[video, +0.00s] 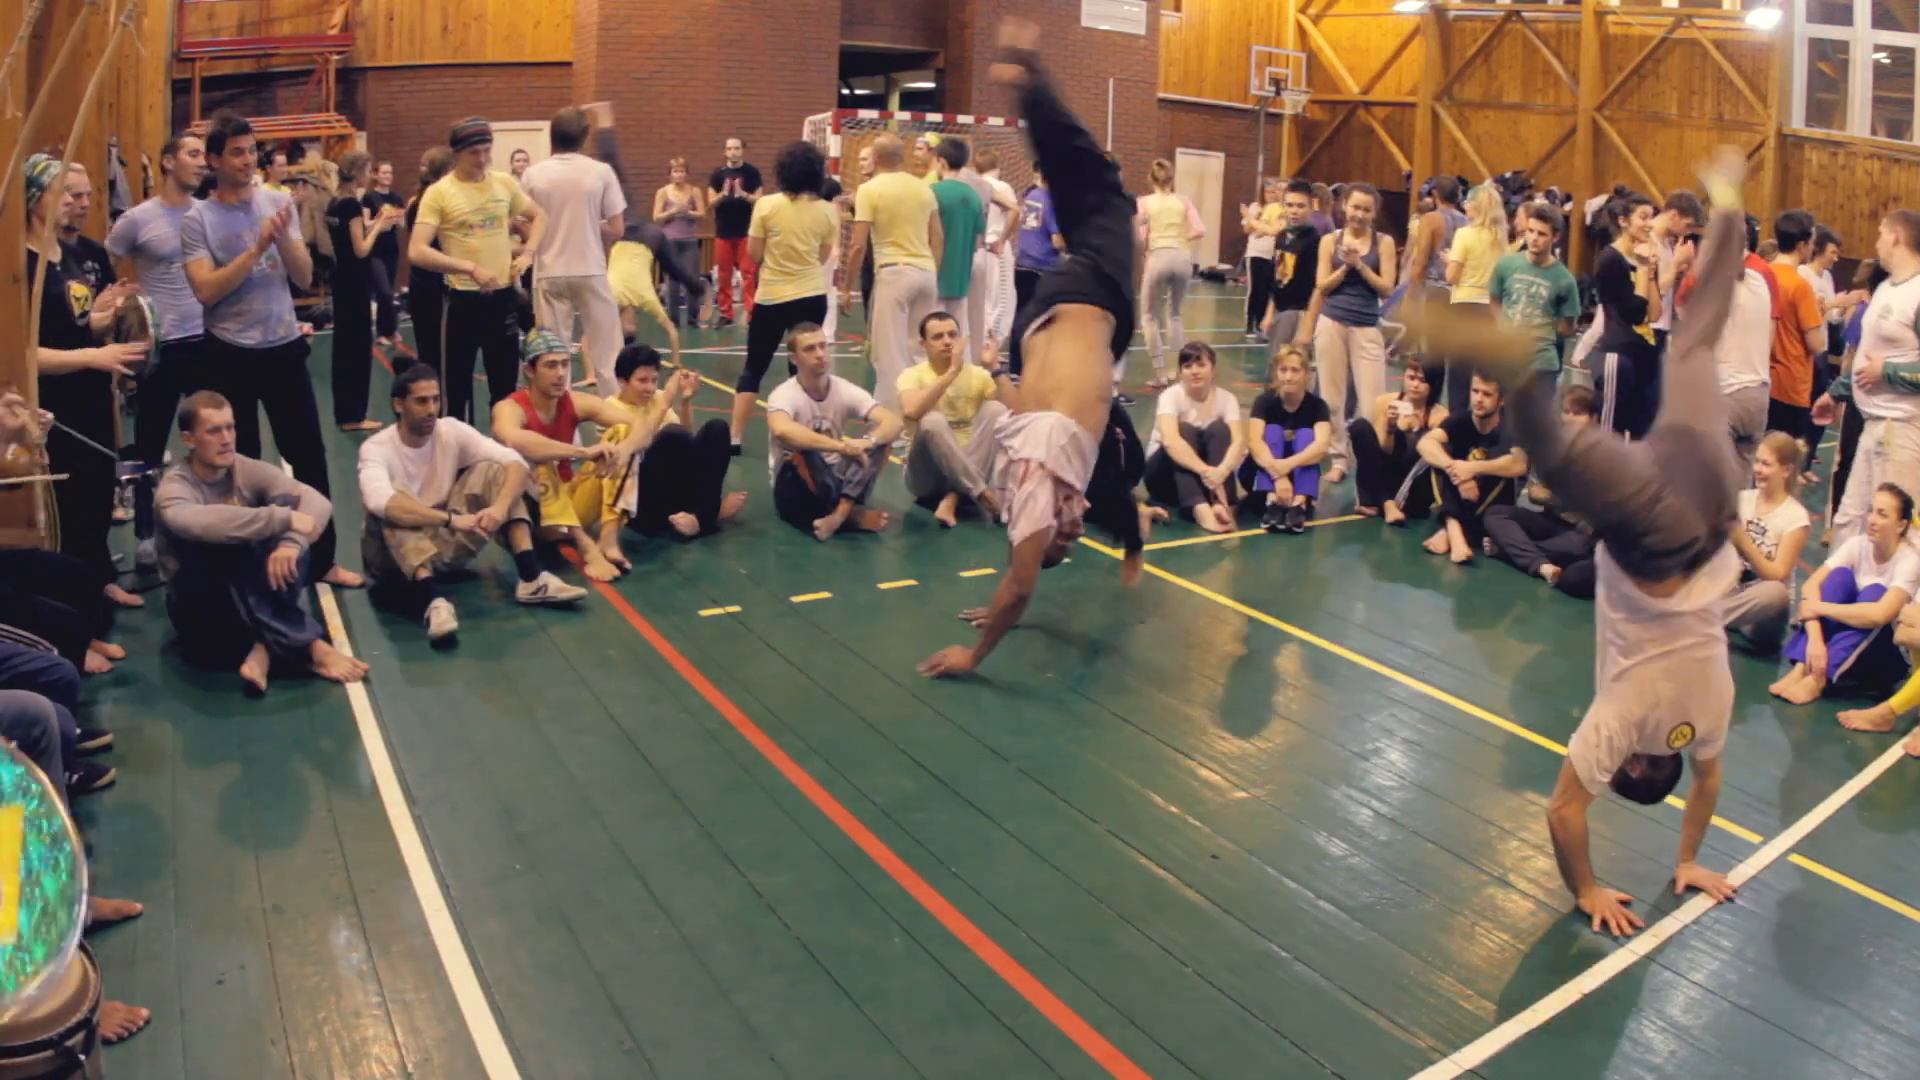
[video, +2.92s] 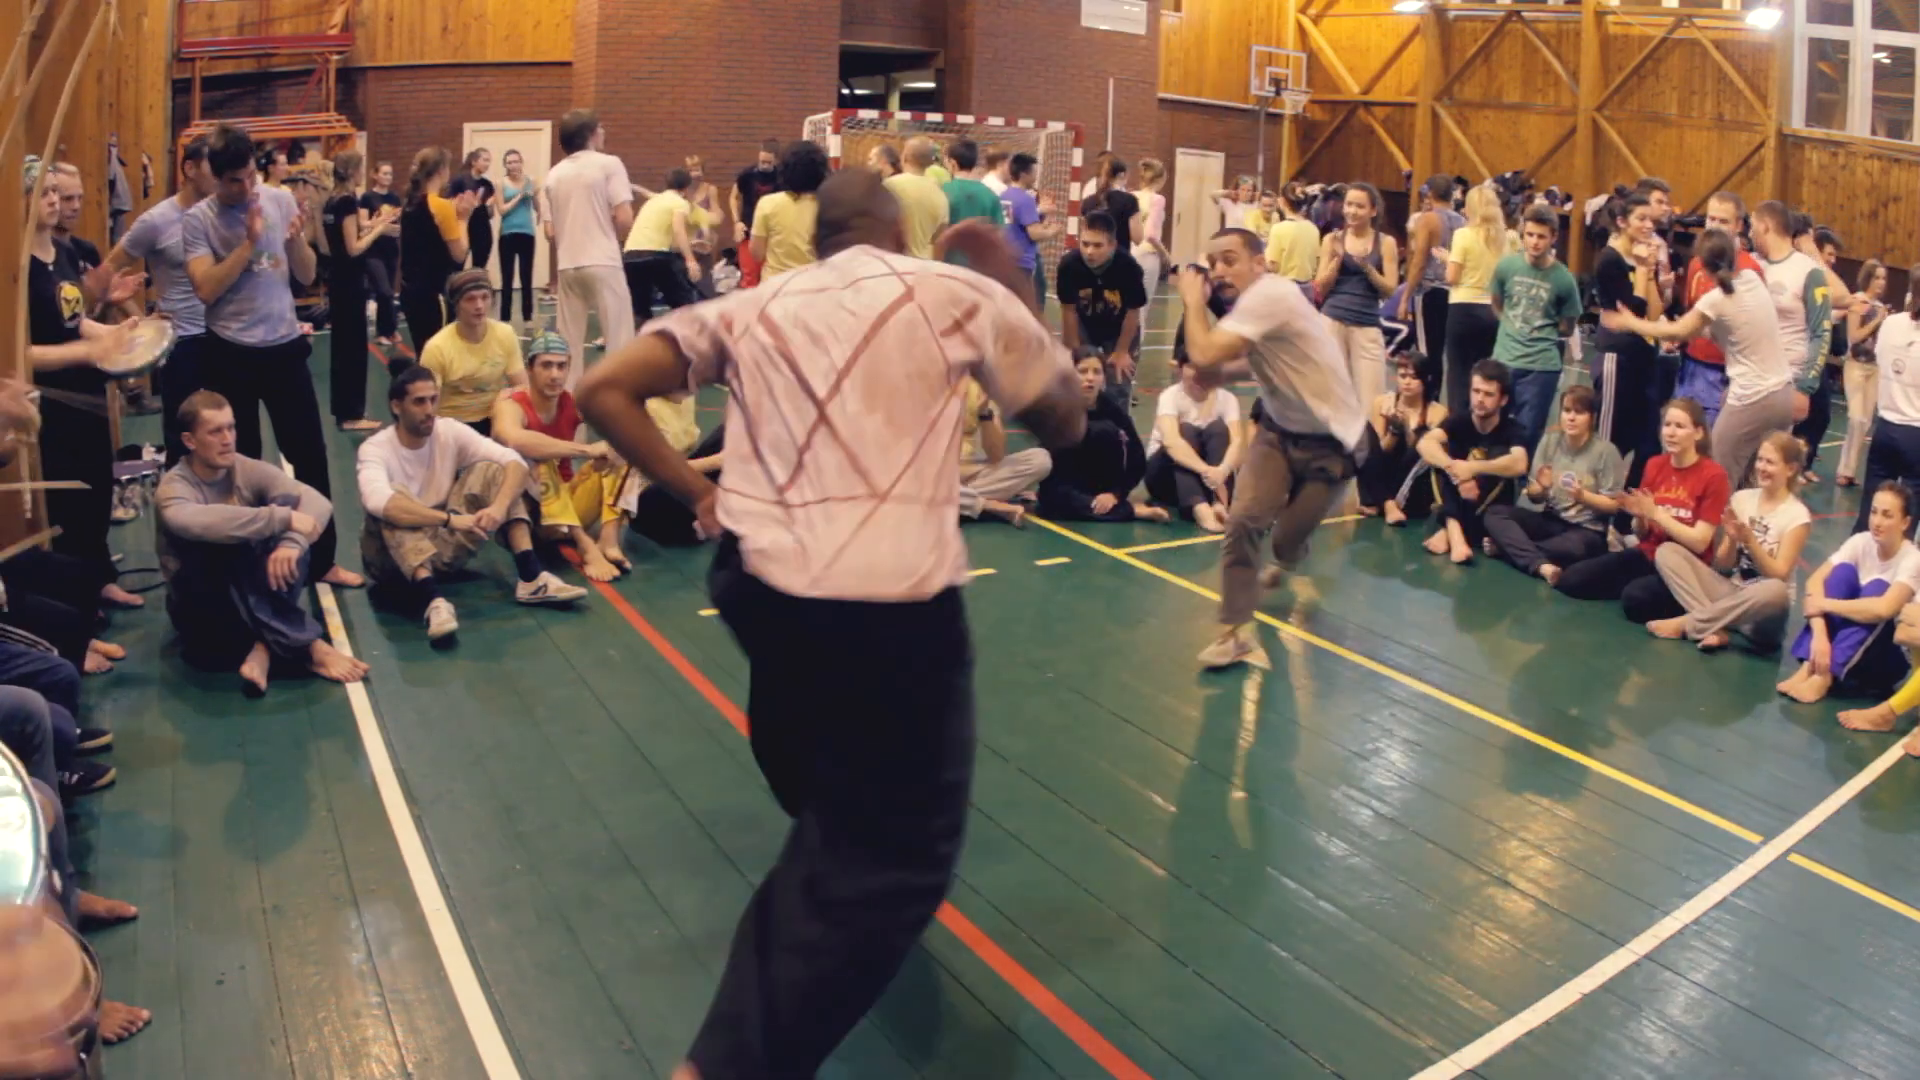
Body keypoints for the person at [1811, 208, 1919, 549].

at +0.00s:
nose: (1876, 243)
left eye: (1880, 235)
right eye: (1878, 235)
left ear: (1896, 238)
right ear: (1899, 239)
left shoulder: (1915, 291)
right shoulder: (1886, 288)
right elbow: (1871, 358)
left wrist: (1888, 371)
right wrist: (1837, 393)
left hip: (1905, 423)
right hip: (1873, 420)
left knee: (1898, 524)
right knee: (1850, 517)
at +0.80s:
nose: (1836, 242)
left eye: (1840, 234)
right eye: (1838, 234)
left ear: (1855, 236)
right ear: (1862, 237)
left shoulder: (1875, 287)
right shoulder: (1850, 282)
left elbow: (1883, 358)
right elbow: (1844, 336)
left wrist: (1828, 362)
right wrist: (1809, 336)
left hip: (1856, 408)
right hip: (1834, 403)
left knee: (1841, 497)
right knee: (1825, 490)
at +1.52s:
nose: (1802, 238)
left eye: (1804, 232)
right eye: (1804, 232)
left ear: (1814, 231)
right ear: (1835, 234)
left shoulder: (1827, 271)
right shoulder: (1840, 269)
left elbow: (1840, 329)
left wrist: (1811, 385)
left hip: (1825, 389)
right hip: (1847, 388)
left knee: (1790, 479)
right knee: (1832, 486)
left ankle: (1778, 565)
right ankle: (1818, 568)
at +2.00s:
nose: (1784, 236)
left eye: (1785, 229)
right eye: (1784, 230)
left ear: (1793, 230)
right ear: (1818, 231)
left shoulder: (1814, 273)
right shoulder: (1808, 269)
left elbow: (1827, 337)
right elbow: (1820, 336)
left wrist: (1798, 393)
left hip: (1804, 382)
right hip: (1794, 378)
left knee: (1783, 469)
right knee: (1780, 467)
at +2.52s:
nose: (1767, 235)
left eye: (1767, 228)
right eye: (1767, 229)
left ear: (1777, 226)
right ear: (1798, 229)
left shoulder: (1814, 269)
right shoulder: (1771, 269)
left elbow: (1829, 332)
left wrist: (1800, 384)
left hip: (1797, 381)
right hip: (1765, 375)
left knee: (1781, 460)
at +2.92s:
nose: (1751, 232)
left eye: (1753, 225)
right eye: (1751, 226)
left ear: (1767, 226)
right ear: (1773, 227)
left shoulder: (1809, 270)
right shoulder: (1752, 266)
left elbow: (1822, 334)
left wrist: (1804, 387)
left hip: (1790, 374)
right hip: (1751, 369)